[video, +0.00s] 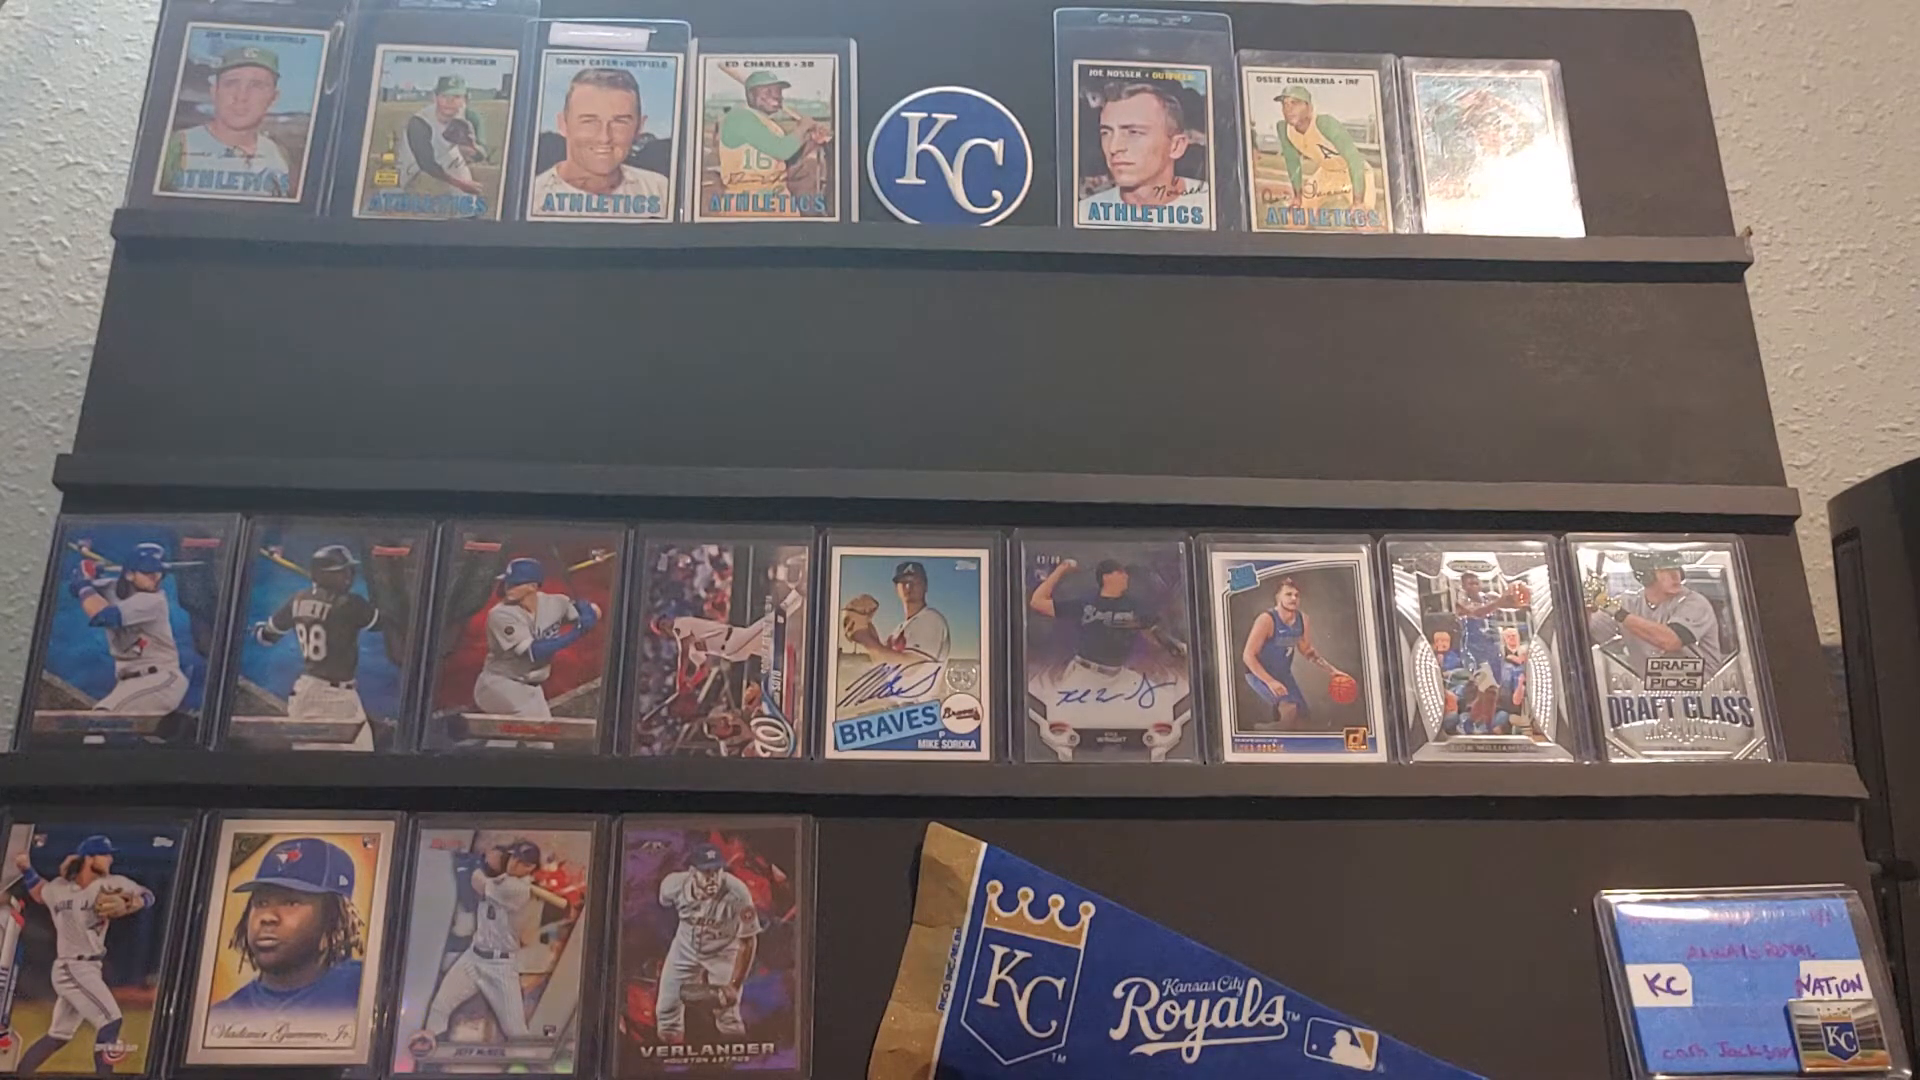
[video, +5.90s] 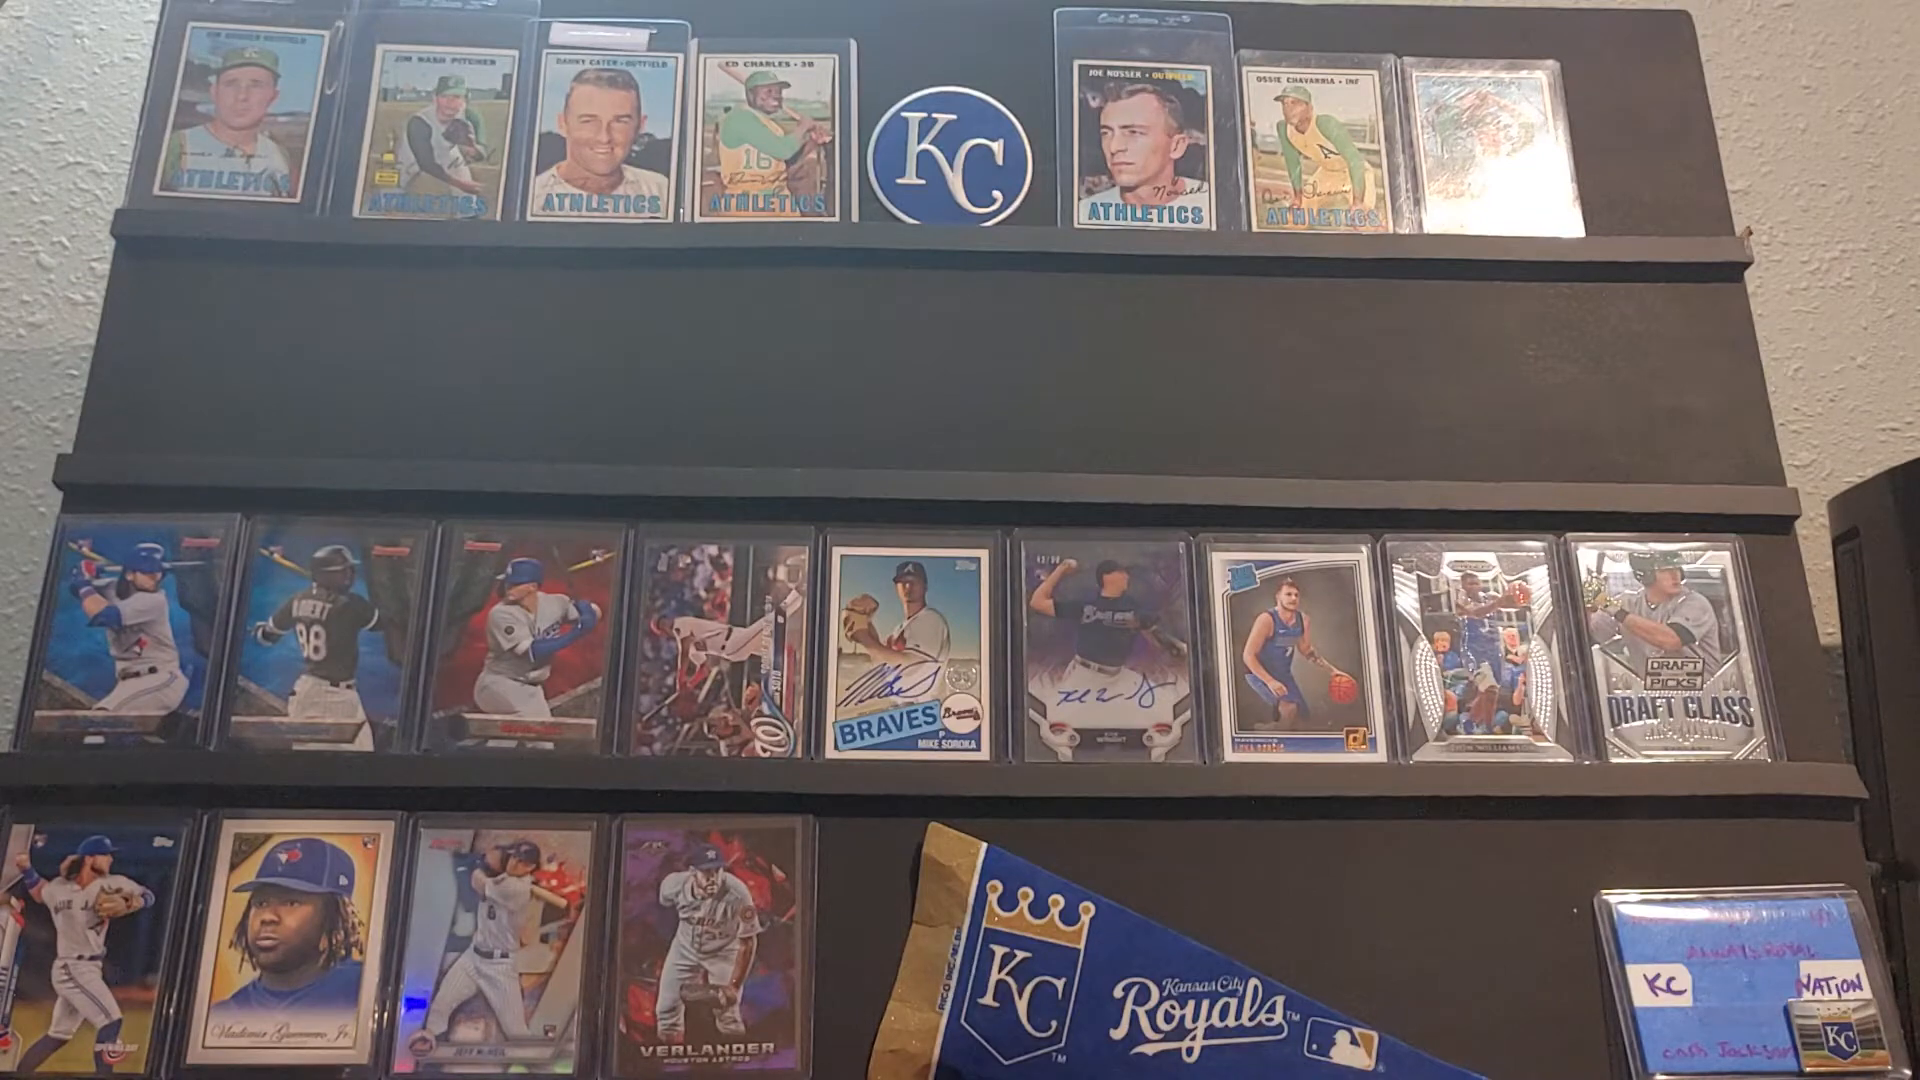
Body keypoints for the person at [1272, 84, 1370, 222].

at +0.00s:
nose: (1288, 109)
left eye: (1294, 103)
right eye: (1285, 104)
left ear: (1308, 107)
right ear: (1282, 108)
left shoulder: (1326, 123)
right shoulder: (1283, 128)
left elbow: (1355, 159)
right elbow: (1292, 162)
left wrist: (1358, 203)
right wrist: (1297, 196)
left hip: (1354, 172)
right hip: (1326, 172)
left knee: (1361, 218)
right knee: (1304, 210)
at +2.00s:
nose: (1288, 109)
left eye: (1294, 103)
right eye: (1284, 104)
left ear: (1309, 107)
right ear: (1281, 108)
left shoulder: (1327, 124)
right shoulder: (1283, 128)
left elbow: (1355, 161)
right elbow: (1293, 163)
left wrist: (1358, 202)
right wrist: (1297, 197)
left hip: (1355, 172)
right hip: (1327, 172)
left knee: (1360, 219)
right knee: (1303, 208)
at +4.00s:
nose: (1288, 109)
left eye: (1294, 103)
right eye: (1284, 104)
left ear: (1308, 107)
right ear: (1281, 107)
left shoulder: (1326, 123)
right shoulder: (1283, 128)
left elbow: (1354, 159)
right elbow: (1293, 164)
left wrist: (1358, 202)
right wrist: (1297, 197)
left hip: (1354, 172)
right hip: (1327, 172)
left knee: (1360, 219)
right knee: (1301, 208)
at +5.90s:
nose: (1288, 109)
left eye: (1293, 103)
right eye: (1284, 104)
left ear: (1308, 107)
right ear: (1282, 108)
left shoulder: (1327, 124)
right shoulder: (1283, 128)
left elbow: (1355, 161)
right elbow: (1293, 163)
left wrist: (1358, 203)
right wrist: (1297, 197)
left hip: (1355, 173)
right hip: (1327, 172)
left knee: (1361, 219)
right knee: (1301, 211)